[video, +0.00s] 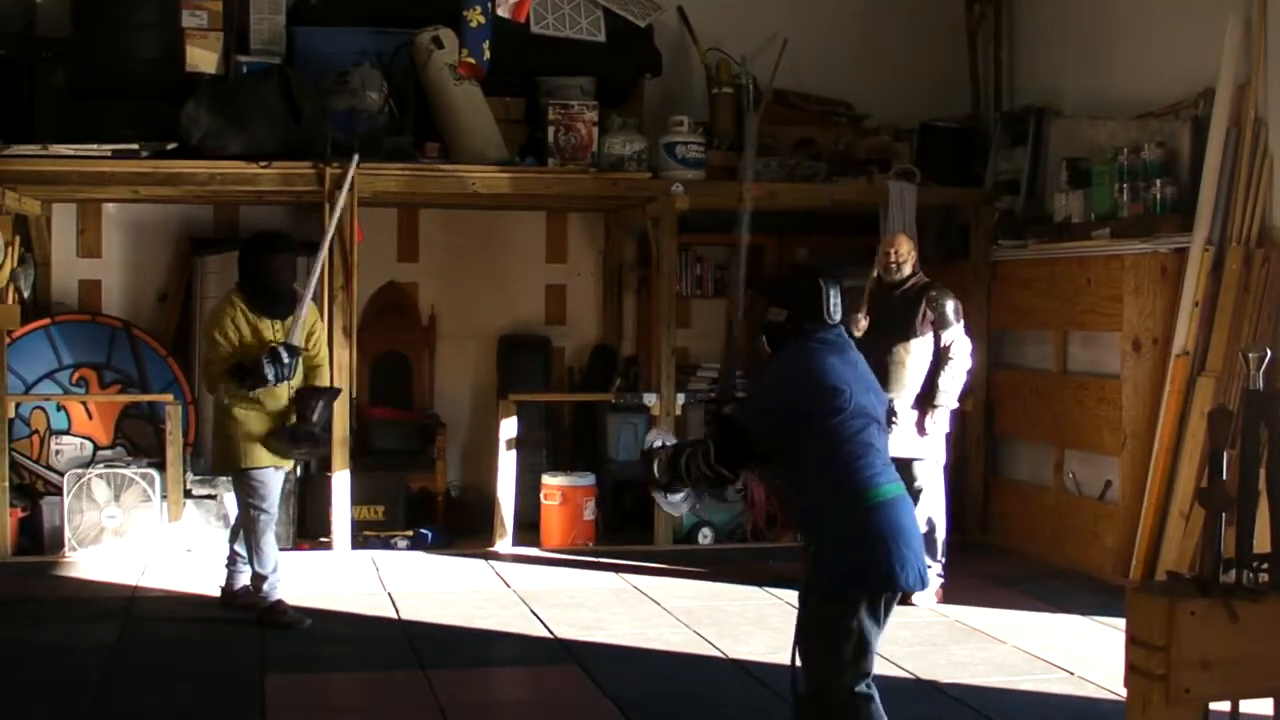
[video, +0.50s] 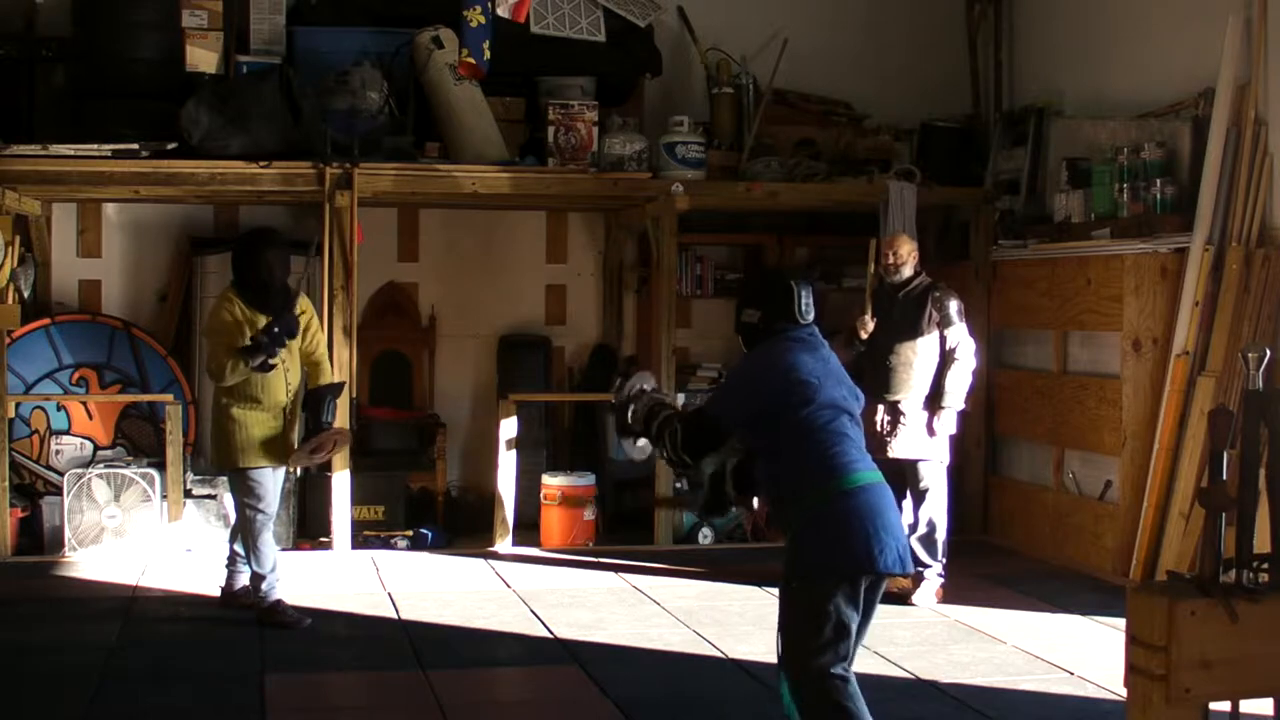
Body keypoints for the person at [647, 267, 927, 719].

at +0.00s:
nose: (764, 323)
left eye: (770, 313)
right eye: (766, 312)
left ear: (786, 317)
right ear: (824, 314)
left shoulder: (801, 366)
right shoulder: (846, 358)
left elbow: (727, 454)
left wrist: (669, 464)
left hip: (860, 539)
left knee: (840, 683)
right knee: (823, 673)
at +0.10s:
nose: (753, 320)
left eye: (758, 310)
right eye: (755, 310)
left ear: (773, 314)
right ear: (815, 310)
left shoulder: (785, 365)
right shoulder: (840, 357)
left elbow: (717, 454)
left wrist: (658, 457)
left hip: (853, 536)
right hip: (878, 529)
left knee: (839, 675)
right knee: (821, 662)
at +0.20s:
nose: (747, 320)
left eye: (753, 309)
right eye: (749, 309)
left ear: (767, 312)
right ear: (807, 309)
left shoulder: (779, 363)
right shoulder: (832, 357)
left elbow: (706, 453)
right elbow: (789, 453)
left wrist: (656, 443)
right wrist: (711, 430)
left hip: (848, 533)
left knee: (835, 670)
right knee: (816, 660)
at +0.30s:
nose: (744, 325)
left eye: (749, 314)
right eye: (747, 314)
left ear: (762, 316)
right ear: (805, 313)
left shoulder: (774, 362)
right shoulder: (832, 362)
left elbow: (699, 447)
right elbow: (792, 456)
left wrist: (644, 433)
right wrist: (728, 444)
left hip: (840, 531)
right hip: (872, 526)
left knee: (829, 666)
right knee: (824, 659)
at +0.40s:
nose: (742, 325)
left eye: (747, 315)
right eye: (745, 315)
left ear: (760, 316)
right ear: (803, 313)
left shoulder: (773, 361)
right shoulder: (829, 362)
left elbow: (693, 444)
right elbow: (794, 458)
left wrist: (646, 421)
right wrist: (722, 465)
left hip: (837, 529)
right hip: (874, 524)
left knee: (822, 668)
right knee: (827, 663)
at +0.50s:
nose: (739, 325)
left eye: (744, 315)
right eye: (741, 315)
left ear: (757, 317)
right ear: (798, 313)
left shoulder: (768, 363)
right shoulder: (823, 361)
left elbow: (691, 440)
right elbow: (797, 455)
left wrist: (643, 404)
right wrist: (729, 482)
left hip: (834, 531)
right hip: (876, 526)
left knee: (813, 670)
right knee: (831, 668)